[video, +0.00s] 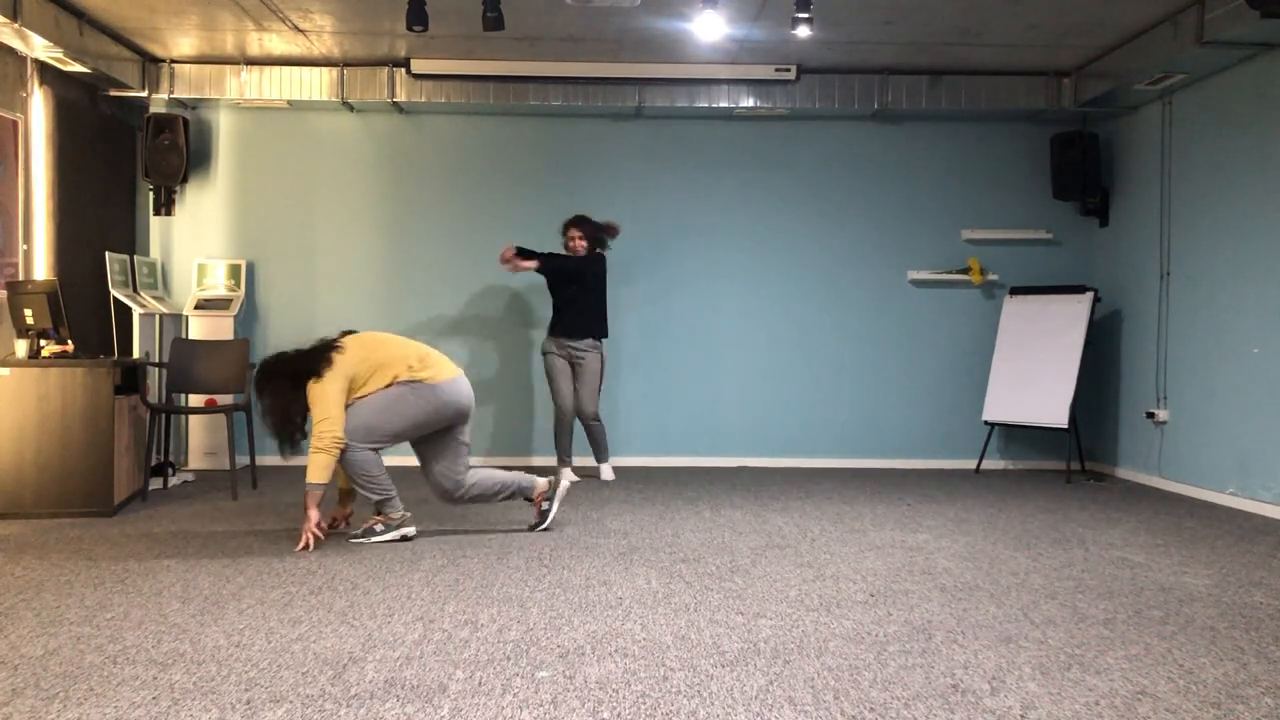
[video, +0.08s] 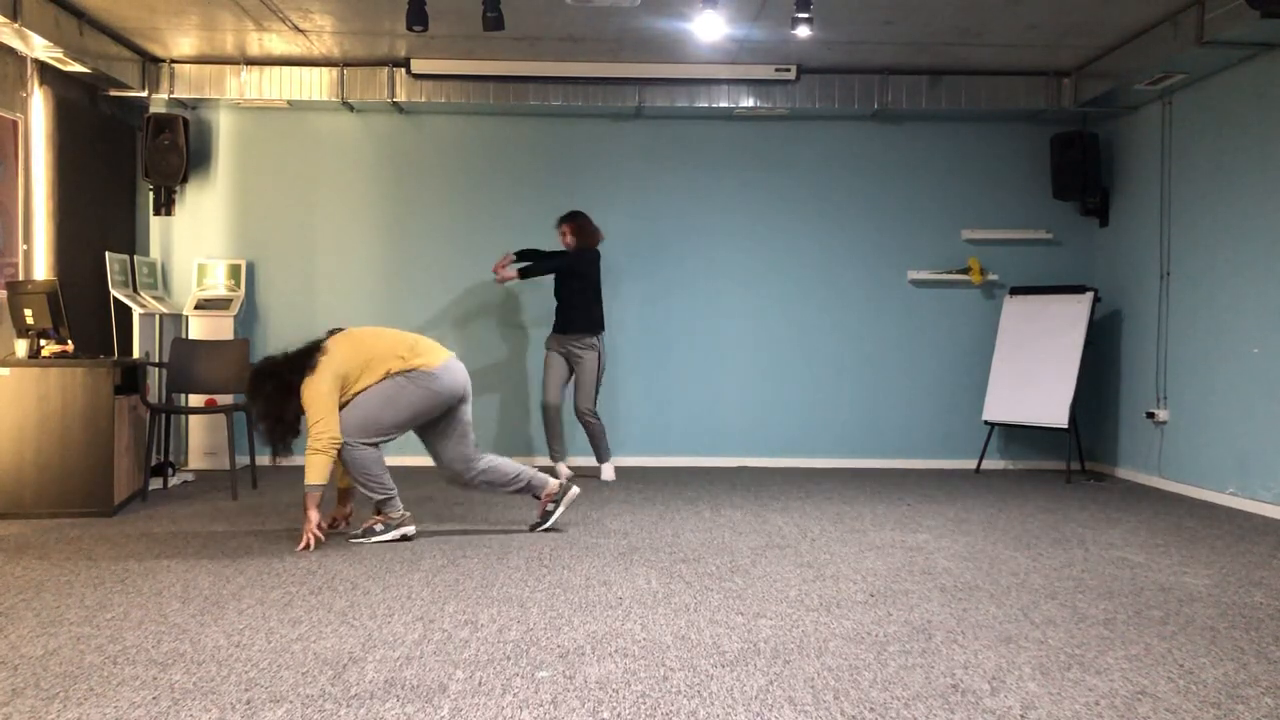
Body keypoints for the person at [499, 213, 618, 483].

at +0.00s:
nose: (573, 243)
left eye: (579, 238)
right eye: (569, 238)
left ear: (590, 241)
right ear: (564, 241)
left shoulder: (596, 261)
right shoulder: (558, 262)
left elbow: (568, 265)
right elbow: (539, 257)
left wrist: (534, 266)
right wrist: (515, 252)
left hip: (588, 347)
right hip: (556, 345)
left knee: (587, 411)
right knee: (564, 409)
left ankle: (604, 465)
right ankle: (565, 470)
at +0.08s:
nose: (563, 239)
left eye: (567, 234)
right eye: (561, 234)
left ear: (580, 233)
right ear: (562, 236)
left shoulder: (588, 256)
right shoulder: (564, 258)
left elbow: (553, 265)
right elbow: (539, 255)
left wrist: (514, 275)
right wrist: (512, 256)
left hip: (587, 344)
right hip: (558, 343)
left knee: (584, 409)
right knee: (550, 402)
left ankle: (605, 462)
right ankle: (559, 464)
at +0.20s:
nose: (542, 232)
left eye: (547, 227)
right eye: (543, 227)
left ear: (560, 230)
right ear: (561, 231)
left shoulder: (567, 254)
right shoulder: (552, 257)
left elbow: (534, 269)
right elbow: (532, 275)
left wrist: (518, 276)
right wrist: (516, 284)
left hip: (587, 338)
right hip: (562, 338)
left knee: (578, 403)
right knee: (540, 398)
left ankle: (607, 458)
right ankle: (541, 459)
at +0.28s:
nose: (535, 246)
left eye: (540, 241)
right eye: (535, 240)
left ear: (551, 243)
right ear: (557, 242)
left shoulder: (561, 265)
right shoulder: (544, 267)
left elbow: (528, 289)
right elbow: (532, 287)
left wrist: (520, 292)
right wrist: (522, 291)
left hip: (586, 341)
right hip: (561, 342)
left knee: (579, 412)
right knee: (543, 406)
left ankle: (612, 463)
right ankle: (541, 464)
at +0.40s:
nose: (518, 277)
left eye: (522, 272)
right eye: (517, 272)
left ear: (532, 273)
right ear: (542, 271)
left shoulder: (539, 299)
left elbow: (533, 323)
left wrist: (525, 330)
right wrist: (518, 265)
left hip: (591, 354)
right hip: (564, 358)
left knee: (574, 415)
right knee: (542, 410)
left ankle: (615, 462)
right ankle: (545, 465)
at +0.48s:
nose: (522, 294)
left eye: (525, 288)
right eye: (521, 290)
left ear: (540, 286)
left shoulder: (555, 309)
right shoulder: (539, 310)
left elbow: (532, 352)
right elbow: (533, 335)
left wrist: (525, 352)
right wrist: (519, 350)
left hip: (597, 356)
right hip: (569, 359)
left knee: (577, 409)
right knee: (542, 410)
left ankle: (614, 459)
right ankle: (546, 464)